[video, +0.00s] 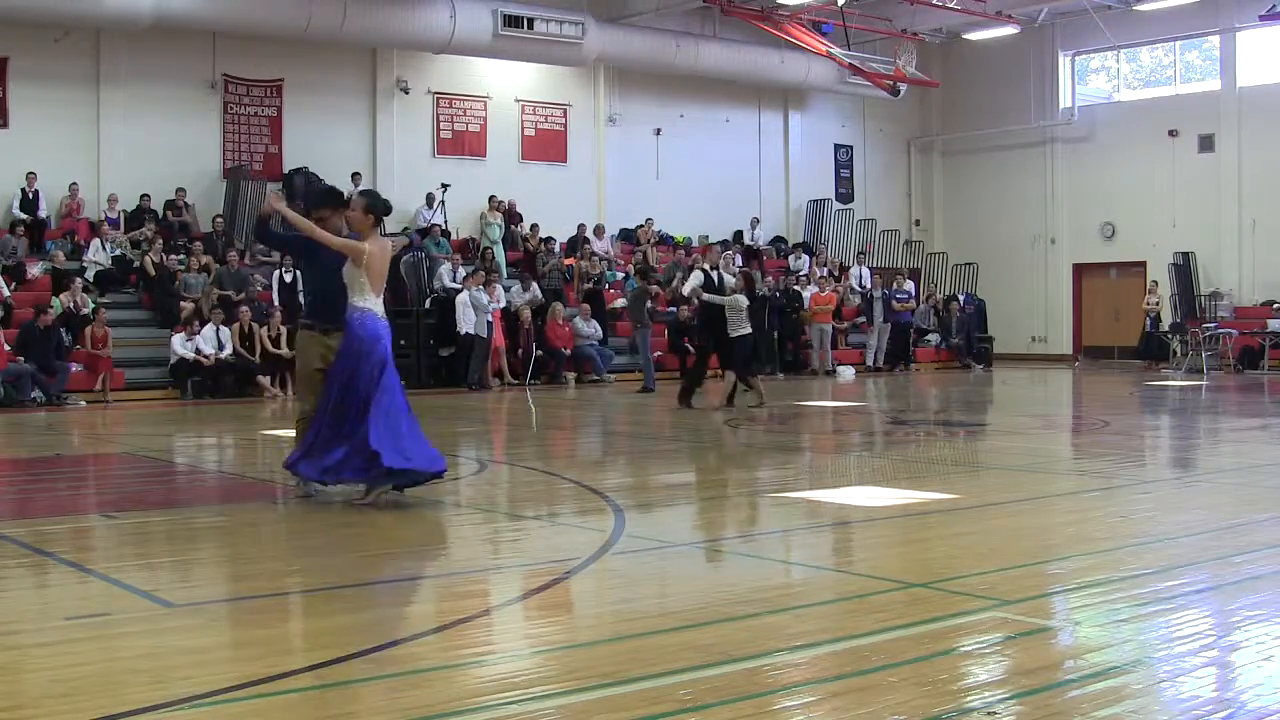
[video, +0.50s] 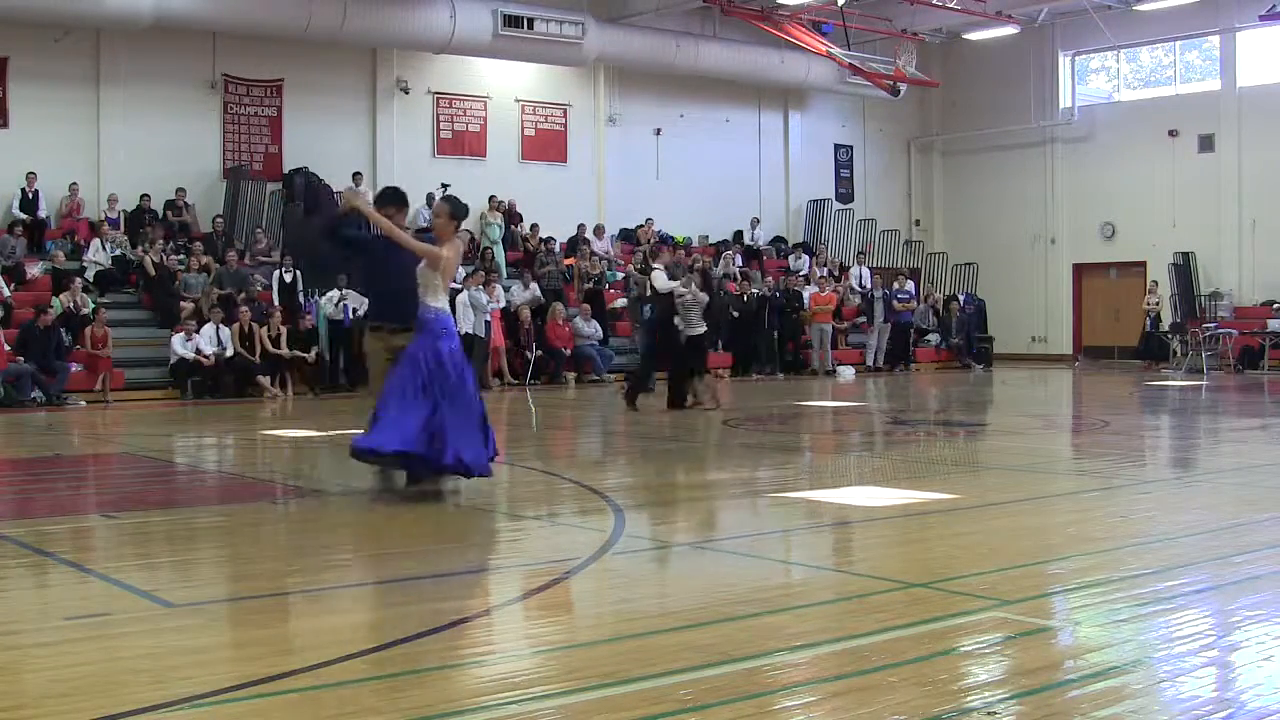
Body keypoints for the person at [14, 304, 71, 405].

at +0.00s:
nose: (52, 318)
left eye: (52, 315)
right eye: (49, 315)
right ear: (41, 316)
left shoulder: (54, 328)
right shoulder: (27, 328)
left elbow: (60, 347)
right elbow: (19, 348)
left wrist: (60, 360)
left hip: (49, 360)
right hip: (33, 361)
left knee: (64, 367)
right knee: (31, 371)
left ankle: (55, 393)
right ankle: (51, 394)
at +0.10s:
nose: (52, 318)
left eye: (52, 315)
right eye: (50, 315)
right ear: (41, 316)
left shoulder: (54, 328)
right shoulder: (27, 328)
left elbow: (60, 348)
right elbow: (19, 348)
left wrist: (60, 361)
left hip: (49, 360)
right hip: (33, 360)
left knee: (64, 368)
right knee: (31, 371)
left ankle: (55, 393)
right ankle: (50, 395)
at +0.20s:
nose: (52, 318)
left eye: (52, 315)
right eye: (50, 315)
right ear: (41, 316)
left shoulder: (54, 328)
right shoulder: (27, 328)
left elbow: (60, 348)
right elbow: (19, 348)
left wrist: (60, 361)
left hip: (49, 360)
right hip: (33, 360)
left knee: (64, 368)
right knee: (31, 371)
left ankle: (55, 393)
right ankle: (50, 395)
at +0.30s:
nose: (52, 318)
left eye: (52, 315)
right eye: (50, 315)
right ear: (41, 316)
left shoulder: (54, 328)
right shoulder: (27, 328)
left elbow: (60, 348)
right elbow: (19, 348)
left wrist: (60, 360)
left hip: (49, 360)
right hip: (33, 360)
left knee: (64, 368)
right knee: (31, 371)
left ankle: (55, 393)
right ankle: (50, 395)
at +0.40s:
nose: (52, 318)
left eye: (52, 315)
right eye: (50, 315)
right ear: (41, 316)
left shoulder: (54, 328)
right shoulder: (27, 328)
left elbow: (60, 348)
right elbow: (19, 348)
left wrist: (60, 360)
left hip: (49, 359)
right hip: (33, 360)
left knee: (64, 367)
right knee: (31, 371)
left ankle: (55, 393)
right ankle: (51, 395)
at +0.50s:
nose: (52, 318)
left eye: (52, 315)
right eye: (49, 315)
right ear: (41, 316)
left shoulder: (54, 328)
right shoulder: (27, 328)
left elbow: (60, 347)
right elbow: (19, 348)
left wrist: (60, 360)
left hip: (49, 359)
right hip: (33, 360)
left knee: (64, 367)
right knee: (31, 371)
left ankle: (55, 393)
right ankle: (51, 394)